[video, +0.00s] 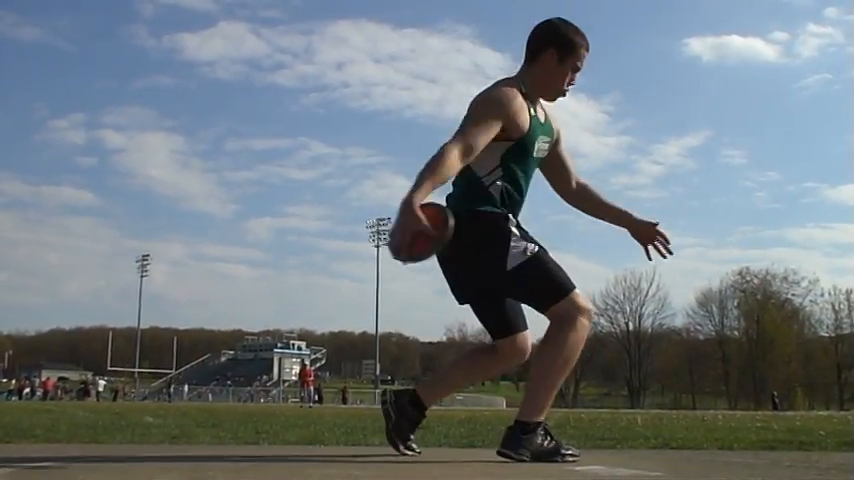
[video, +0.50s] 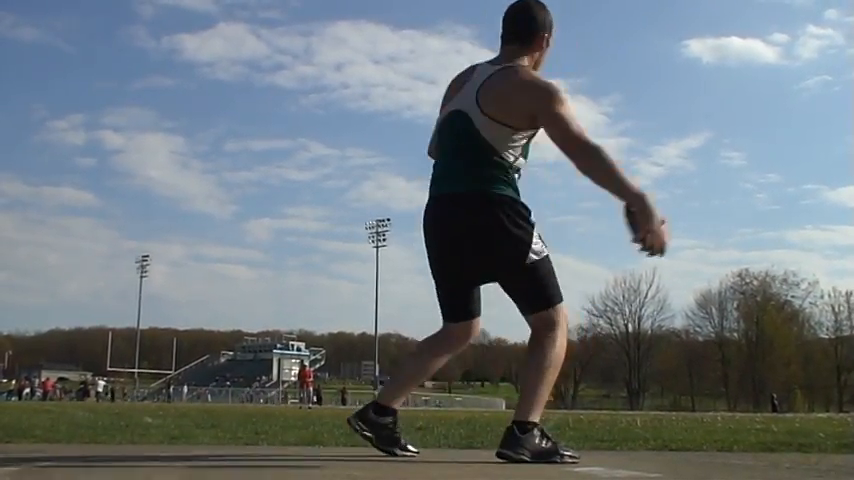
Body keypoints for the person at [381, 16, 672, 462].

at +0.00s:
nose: (573, 81)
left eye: (578, 72)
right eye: (571, 69)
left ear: (555, 63)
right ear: (546, 57)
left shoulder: (546, 122)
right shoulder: (504, 99)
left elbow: (571, 188)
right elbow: (459, 150)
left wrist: (630, 222)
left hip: (465, 236)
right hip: (486, 228)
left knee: (514, 347)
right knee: (576, 314)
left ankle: (412, 404)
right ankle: (527, 432)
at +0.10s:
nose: (581, 92)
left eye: (585, 84)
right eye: (579, 80)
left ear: (562, 76)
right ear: (553, 69)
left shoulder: (554, 135)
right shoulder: (504, 111)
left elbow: (569, 201)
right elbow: (433, 150)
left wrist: (624, 241)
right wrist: (363, 184)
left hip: (471, 244)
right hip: (486, 239)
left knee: (518, 356)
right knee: (584, 321)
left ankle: (413, 403)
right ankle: (526, 432)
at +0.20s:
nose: (583, 98)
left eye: (587, 89)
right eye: (582, 86)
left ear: (561, 81)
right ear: (557, 76)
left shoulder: (552, 140)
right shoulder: (506, 117)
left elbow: (553, 206)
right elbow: (433, 152)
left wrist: (598, 253)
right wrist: (363, 182)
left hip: (468, 253)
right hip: (488, 247)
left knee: (516, 361)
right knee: (587, 325)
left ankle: (409, 404)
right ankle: (526, 433)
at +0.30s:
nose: (581, 96)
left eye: (584, 87)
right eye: (582, 83)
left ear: (555, 77)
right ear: (558, 75)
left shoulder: (536, 129)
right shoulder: (515, 114)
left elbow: (519, 201)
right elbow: (450, 160)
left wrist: (557, 249)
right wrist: (384, 199)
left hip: (463, 250)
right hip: (495, 246)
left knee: (504, 360)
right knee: (585, 329)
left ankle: (401, 406)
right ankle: (526, 432)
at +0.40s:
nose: (569, 76)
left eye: (571, 67)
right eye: (570, 66)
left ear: (526, 61)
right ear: (557, 64)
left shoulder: (494, 104)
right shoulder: (530, 108)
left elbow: (477, 172)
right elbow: (503, 164)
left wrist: (514, 221)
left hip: (452, 235)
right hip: (494, 232)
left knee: (484, 350)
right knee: (572, 331)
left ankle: (390, 409)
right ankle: (526, 432)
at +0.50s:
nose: (550, 49)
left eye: (548, 42)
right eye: (550, 42)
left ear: (504, 37)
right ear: (542, 42)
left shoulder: (463, 79)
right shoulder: (537, 89)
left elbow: (437, 147)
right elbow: (581, 149)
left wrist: (490, 155)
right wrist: (636, 198)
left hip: (442, 213)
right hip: (494, 211)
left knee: (460, 327)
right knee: (551, 323)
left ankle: (380, 412)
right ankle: (525, 431)